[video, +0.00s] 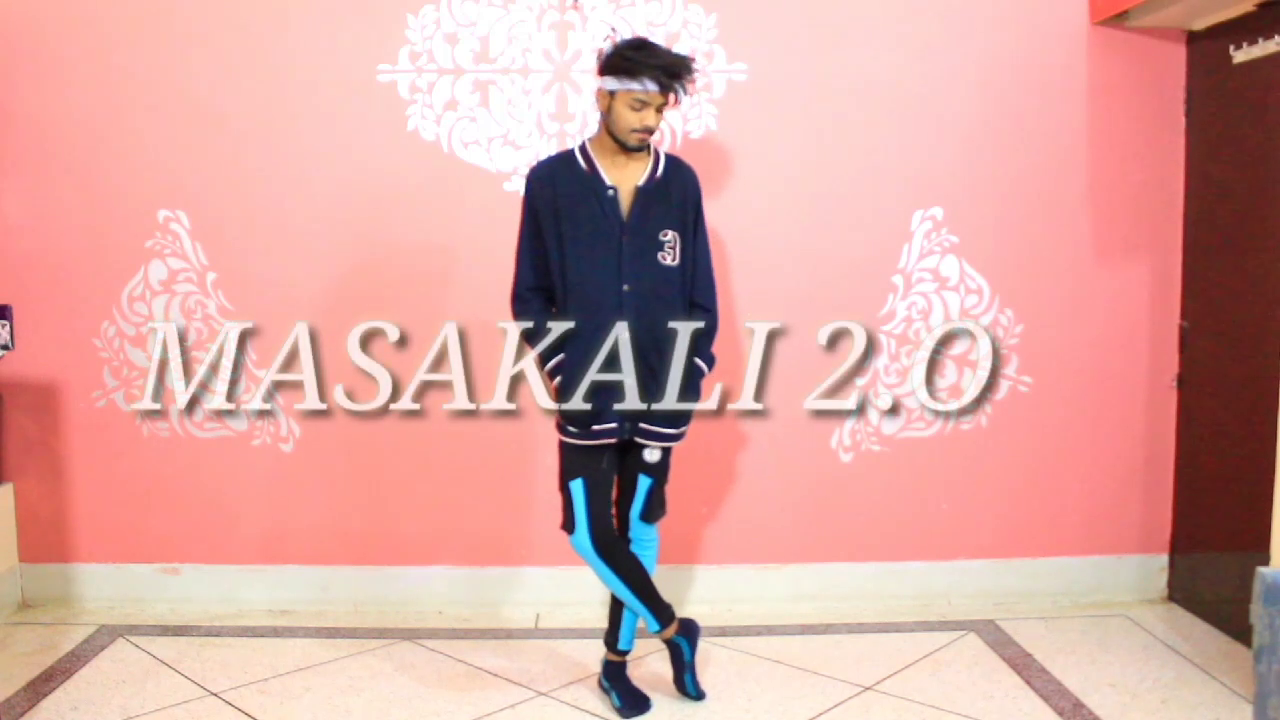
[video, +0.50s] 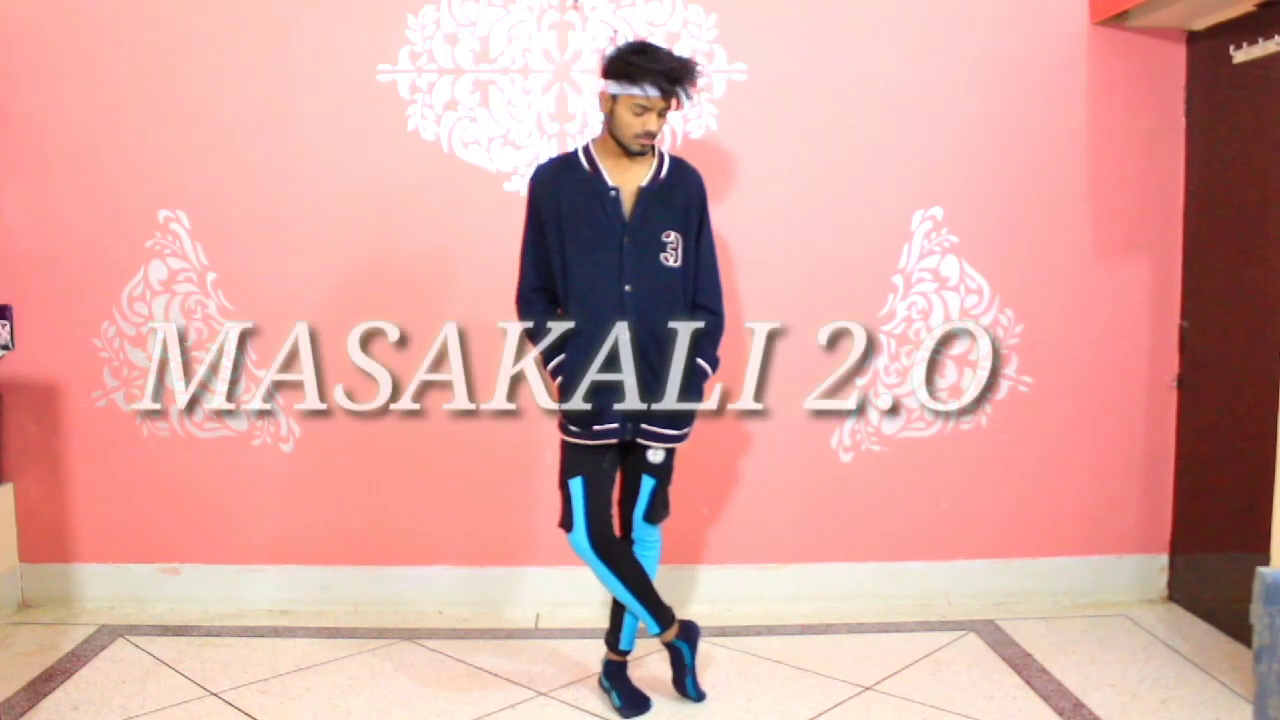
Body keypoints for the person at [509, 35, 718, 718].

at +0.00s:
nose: (649, 119)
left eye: (658, 106)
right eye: (637, 105)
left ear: (668, 106)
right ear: (603, 100)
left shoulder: (678, 179)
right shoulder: (553, 178)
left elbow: (700, 287)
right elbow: (529, 291)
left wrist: (698, 364)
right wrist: (557, 363)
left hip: (663, 384)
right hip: (587, 386)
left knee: (639, 525)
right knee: (589, 532)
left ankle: (616, 662)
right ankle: (674, 630)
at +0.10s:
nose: (649, 120)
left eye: (657, 107)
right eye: (636, 106)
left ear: (666, 107)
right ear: (602, 102)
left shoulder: (678, 178)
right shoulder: (553, 179)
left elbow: (701, 287)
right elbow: (530, 294)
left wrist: (697, 364)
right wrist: (561, 366)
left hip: (664, 384)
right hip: (588, 386)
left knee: (640, 525)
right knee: (592, 532)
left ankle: (616, 661)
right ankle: (673, 631)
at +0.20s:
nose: (648, 120)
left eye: (657, 108)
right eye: (635, 106)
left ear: (666, 108)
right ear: (602, 102)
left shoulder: (678, 179)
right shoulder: (553, 181)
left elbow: (703, 289)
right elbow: (531, 295)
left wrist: (698, 366)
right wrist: (561, 367)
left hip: (665, 386)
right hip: (589, 388)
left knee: (642, 526)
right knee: (592, 533)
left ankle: (616, 662)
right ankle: (676, 631)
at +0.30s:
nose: (650, 122)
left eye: (659, 109)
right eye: (637, 108)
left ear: (668, 109)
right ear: (603, 102)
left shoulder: (679, 180)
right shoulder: (554, 181)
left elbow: (704, 289)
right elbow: (532, 294)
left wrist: (700, 367)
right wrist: (561, 366)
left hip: (666, 386)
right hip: (590, 388)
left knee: (642, 527)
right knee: (588, 533)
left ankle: (616, 662)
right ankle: (678, 631)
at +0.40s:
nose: (652, 125)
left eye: (661, 112)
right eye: (640, 111)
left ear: (669, 111)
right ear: (605, 104)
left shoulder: (681, 182)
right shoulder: (555, 181)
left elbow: (705, 293)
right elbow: (533, 294)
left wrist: (698, 370)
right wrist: (563, 364)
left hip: (666, 388)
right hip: (591, 388)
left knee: (643, 527)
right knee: (587, 535)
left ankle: (616, 662)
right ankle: (677, 631)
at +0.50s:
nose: (654, 125)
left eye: (663, 112)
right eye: (641, 111)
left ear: (671, 111)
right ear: (607, 104)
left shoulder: (682, 182)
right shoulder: (556, 179)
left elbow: (706, 293)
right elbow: (534, 291)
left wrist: (698, 370)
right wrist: (561, 363)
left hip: (666, 387)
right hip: (590, 387)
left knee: (644, 527)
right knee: (587, 532)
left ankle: (616, 661)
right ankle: (674, 633)